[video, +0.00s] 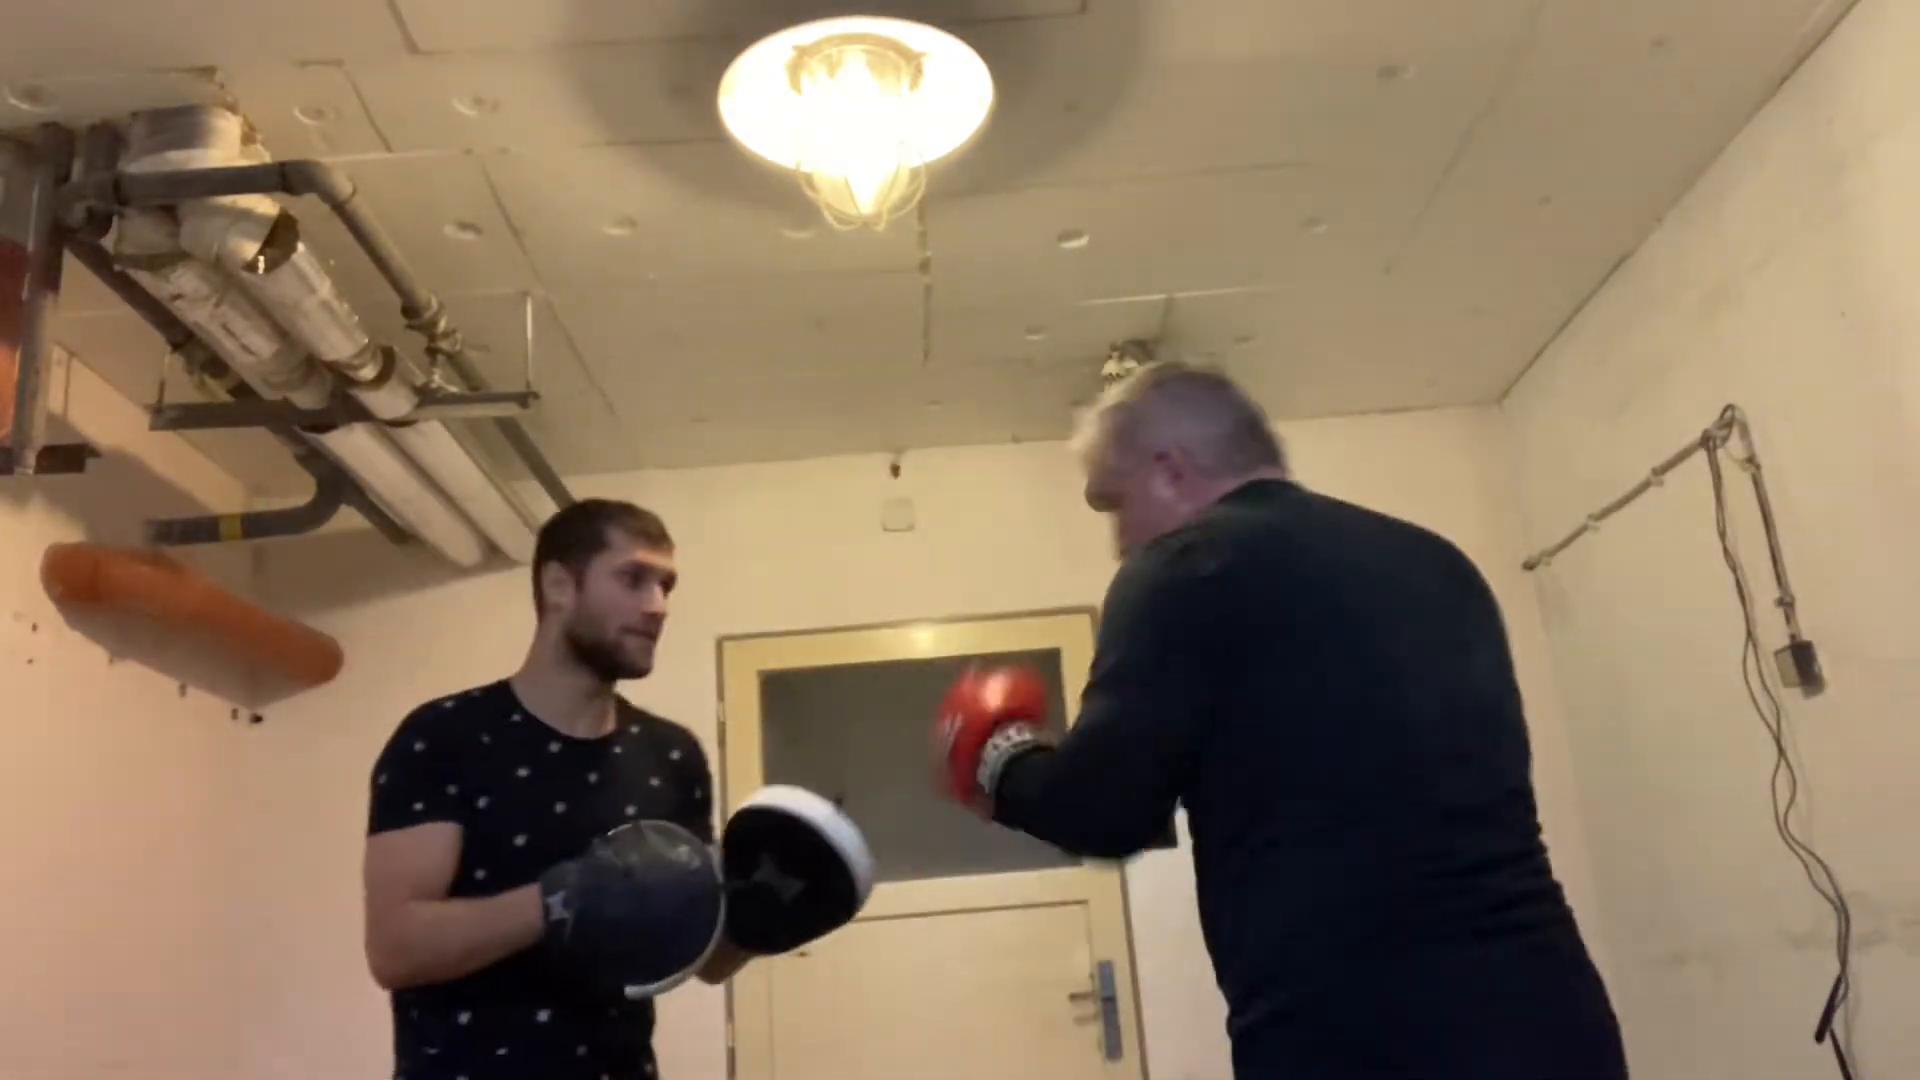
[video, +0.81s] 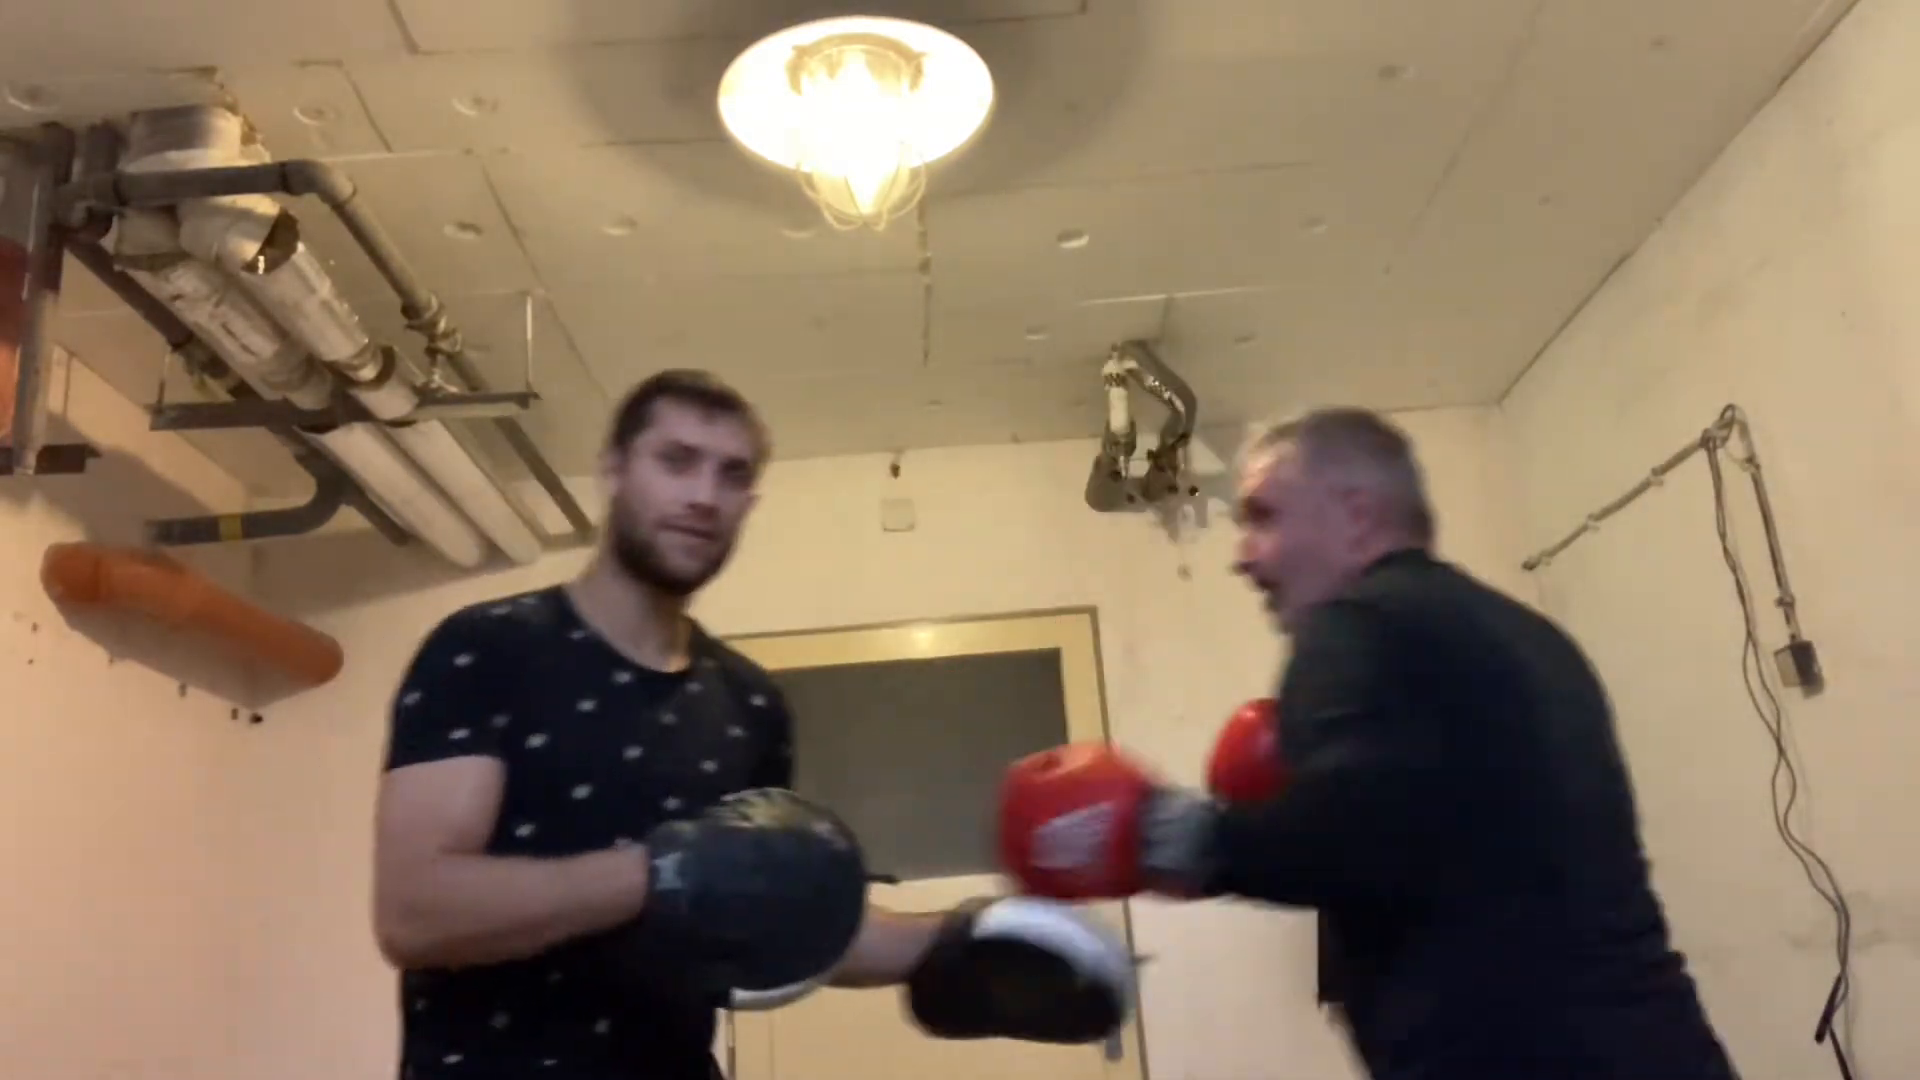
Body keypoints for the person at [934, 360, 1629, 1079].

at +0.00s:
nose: (1118, 546)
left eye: (1113, 508)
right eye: (1107, 516)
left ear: (1170, 473)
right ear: (1262, 458)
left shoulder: (1178, 577)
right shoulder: (1437, 560)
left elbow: (1112, 805)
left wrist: (999, 759)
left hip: (1331, 1030)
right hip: (1544, 1014)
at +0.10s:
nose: (1065, 562)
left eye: (1059, 526)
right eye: (1053, 533)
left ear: (1118, 490)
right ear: (1199, 468)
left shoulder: (1145, 602)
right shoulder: (1394, 553)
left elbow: (1088, 871)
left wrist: (1007, 752)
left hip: (1328, 1036)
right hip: (1539, 1016)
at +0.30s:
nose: (974, 592)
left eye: (968, 553)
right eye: (960, 560)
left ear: (1035, 516)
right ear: (1125, 487)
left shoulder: (1068, 643)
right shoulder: (1314, 548)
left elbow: (1051, 937)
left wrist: (958, 828)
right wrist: (1045, 774)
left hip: (1313, 1046)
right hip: (1535, 1020)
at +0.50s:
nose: (1026, 539)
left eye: (1030, 495)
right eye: (1019, 504)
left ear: (1106, 473)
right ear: (1123, 474)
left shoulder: (1127, 598)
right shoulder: (1363, 559)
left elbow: (1104, 882)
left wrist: (964, 836)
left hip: (1323, 1041)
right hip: (1534, 1022)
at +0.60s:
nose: (1087, 535)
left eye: (1099, 493)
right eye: (1087, 500)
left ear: (1181, 478)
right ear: (1213, 479)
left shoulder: (1192, 601)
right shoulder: (1411, 580)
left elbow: (1159, 830)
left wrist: (994, 832)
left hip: (1352, 1046)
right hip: (1553, 1033)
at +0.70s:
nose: (1169, 547)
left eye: (1186, 510)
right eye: (1169, 515)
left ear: (1274, 503)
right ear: (1311, 507)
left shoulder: (1275, 617)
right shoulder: (1476, 617)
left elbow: (1246, 827)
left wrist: (1059, 838)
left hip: (1405, 1053)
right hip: (1592, 1041)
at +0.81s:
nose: (1243, 554)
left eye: (1263, 517)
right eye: (1243, 524)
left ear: (1356, 513)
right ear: (1372, 518)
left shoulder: (1354, 631)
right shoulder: (1530, 636)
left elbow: (1366, 840)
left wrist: (1166, 834)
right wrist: (1301, 787)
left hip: (1482, 1054)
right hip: (1647, 1042)